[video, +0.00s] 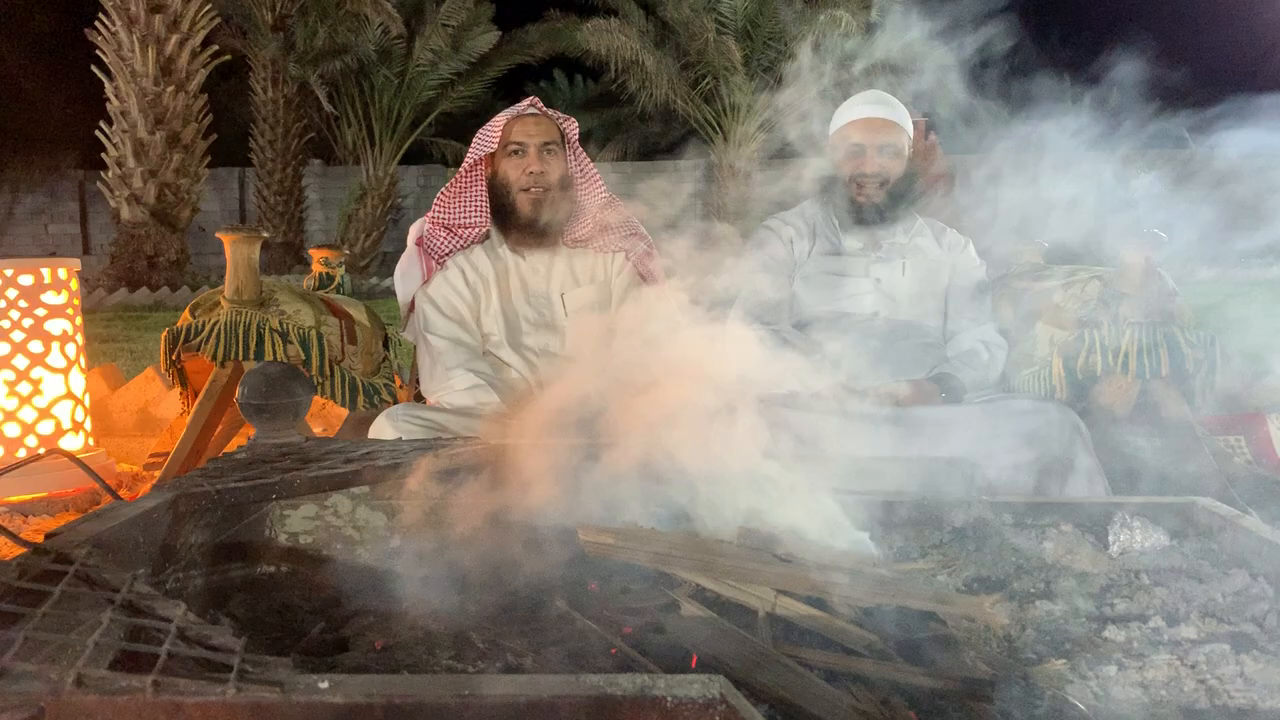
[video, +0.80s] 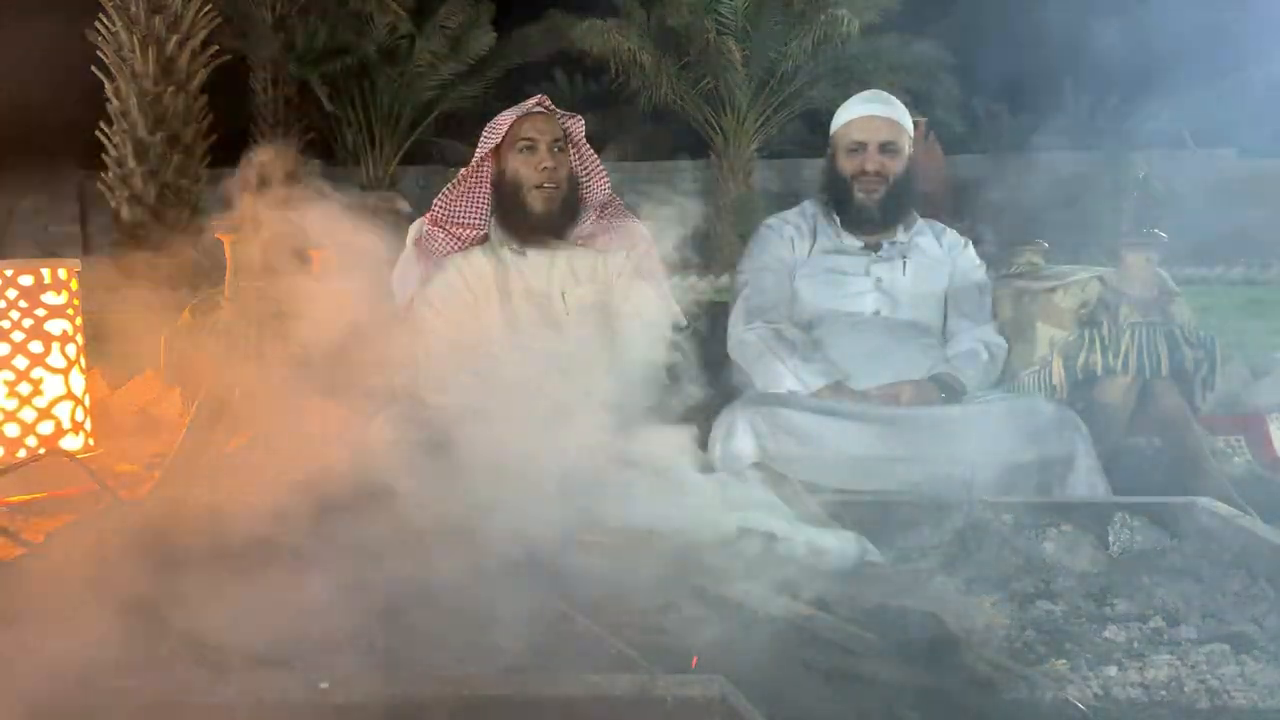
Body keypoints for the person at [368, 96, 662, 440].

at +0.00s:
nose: (535, 166)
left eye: (549, 151)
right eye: (517, 153)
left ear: (570, 169)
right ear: (489, 172)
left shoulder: (618, 261)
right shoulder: (453, 281)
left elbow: (649, 356)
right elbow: (452, 384)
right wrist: (515, 435)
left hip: (602, 421)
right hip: (499, 427)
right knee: (392, 427)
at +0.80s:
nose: (548, 164)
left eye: (558, 149)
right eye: (527, 150)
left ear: (574, 164)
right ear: (495, 166)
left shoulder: (616, 268)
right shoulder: (456, 277)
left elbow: (650, 366)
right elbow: (434, 388)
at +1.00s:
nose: (555, 161)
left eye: (564, 147)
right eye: (534, 149)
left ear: (579, 161)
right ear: (502, 168)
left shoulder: (613, 259)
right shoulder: (460, 267)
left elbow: (666, 341)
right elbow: (421, 363)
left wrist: (608, 370)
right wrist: (507, 365)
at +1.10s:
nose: (556, 162)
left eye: (567, 150)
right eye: (536, 150)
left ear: (581, 170)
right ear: (502, 170)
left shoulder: (616, 271)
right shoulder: (461, 276)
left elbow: (669, 357)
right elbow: (424, 372)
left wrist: (611, 329)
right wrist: (508, 336)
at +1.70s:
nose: (562, 170)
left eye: (571, 154)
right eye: (540, 155)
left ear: (583, 167)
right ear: (504, 173)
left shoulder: (616, 260)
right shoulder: (465, 267)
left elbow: (658, 360)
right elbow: (445, 375)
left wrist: (605, 298)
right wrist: (525, 300)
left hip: (599, 417)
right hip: (496, 413)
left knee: (673, 440)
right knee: (394, 427)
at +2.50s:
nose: (569, 174)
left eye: (576, 160)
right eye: (548, 159)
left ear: (586, 171)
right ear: (507, 175)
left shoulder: (604, 260)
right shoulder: (464, 268)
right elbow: (457, 376)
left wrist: (612, 280)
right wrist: (541, 314)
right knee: (395, 426)